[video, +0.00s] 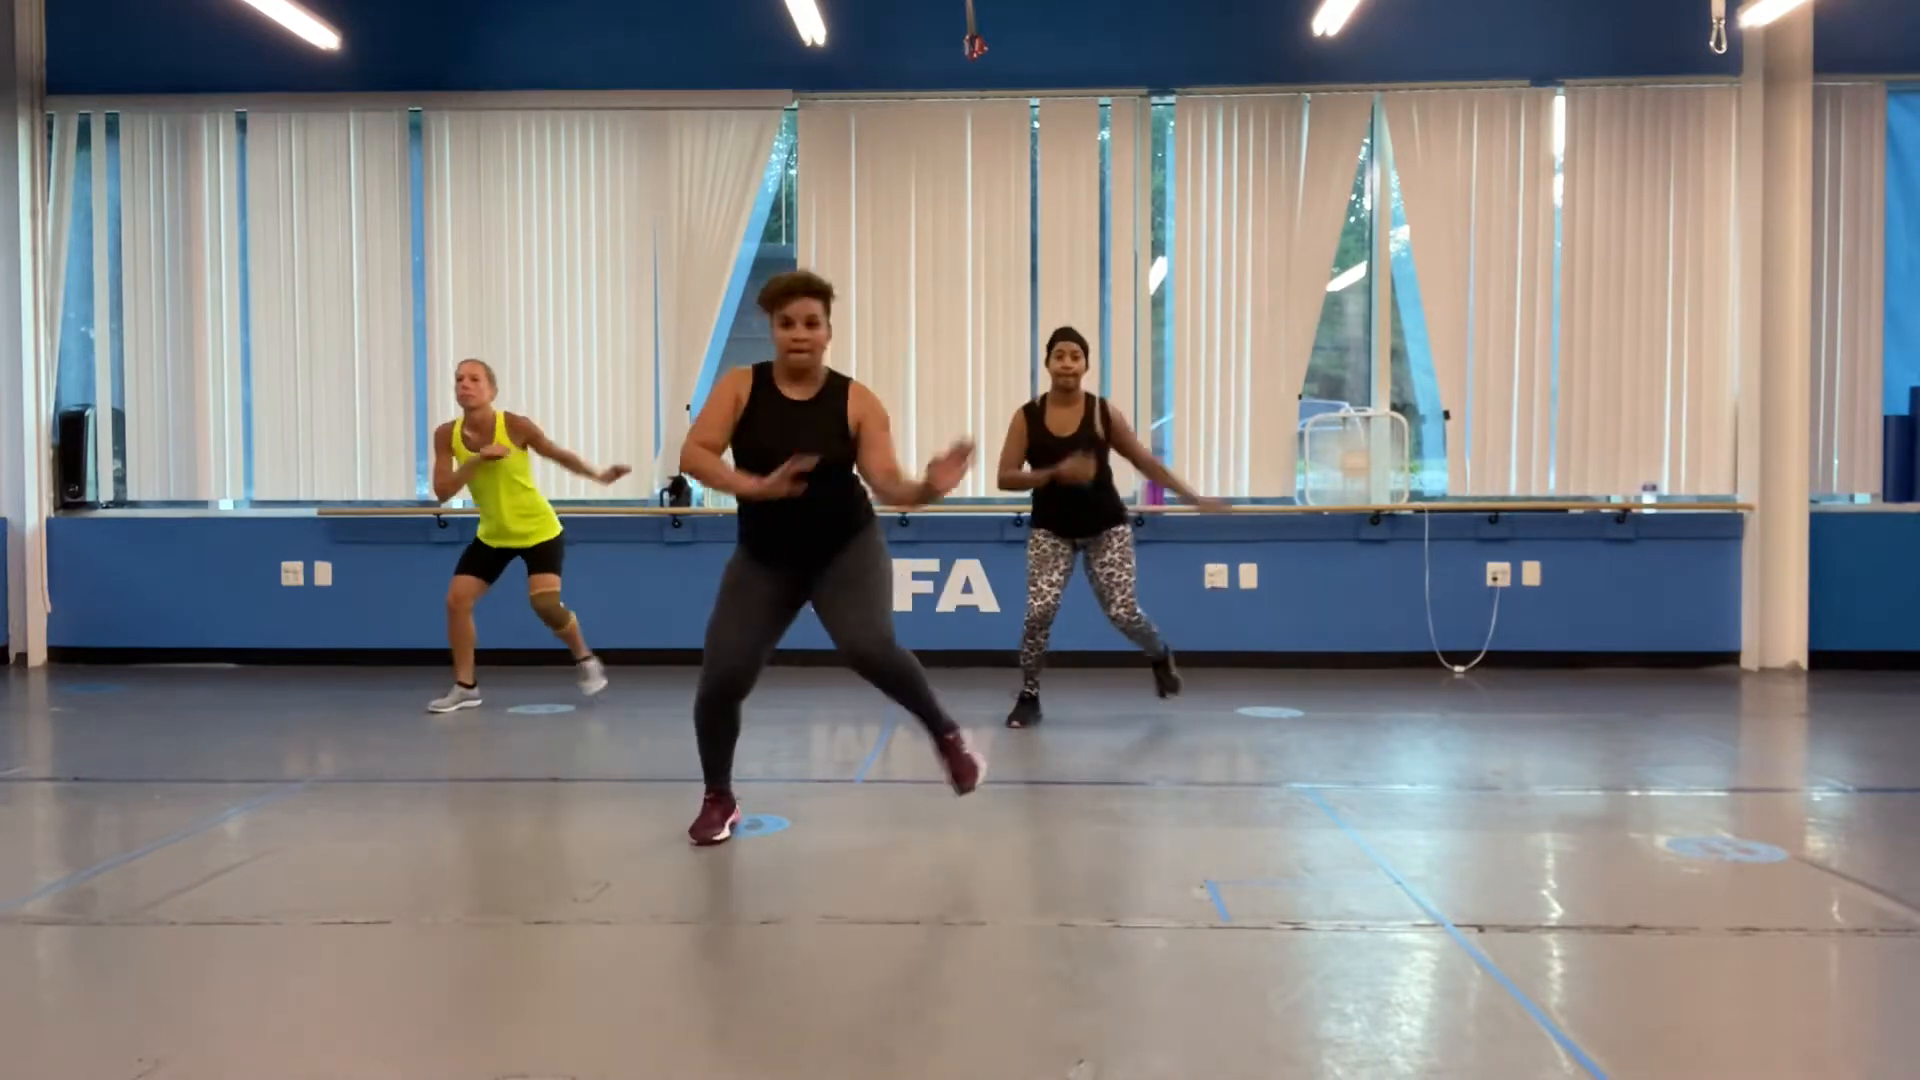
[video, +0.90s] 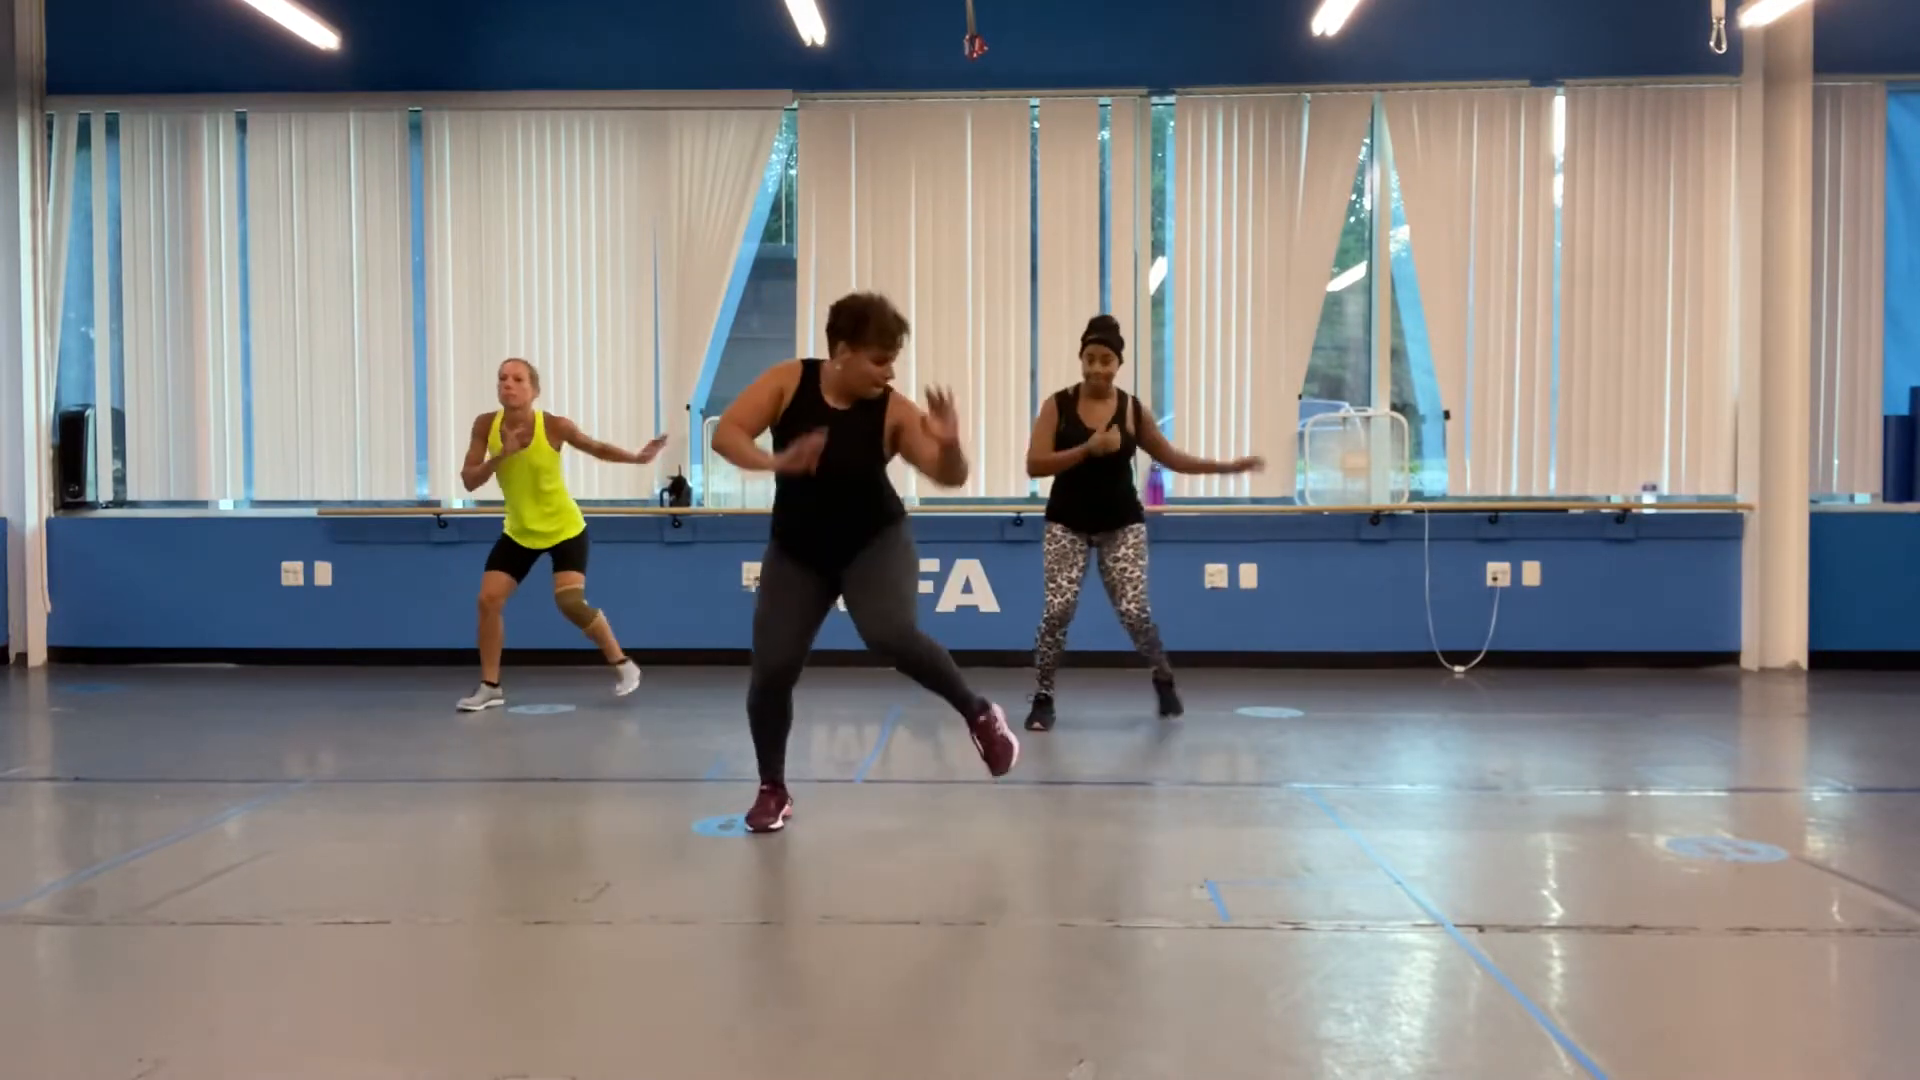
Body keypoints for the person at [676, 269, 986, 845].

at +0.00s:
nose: (801, 334)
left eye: (812, 323)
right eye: (789, 323)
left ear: (829, 331)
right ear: (771, 329)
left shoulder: (857, 402)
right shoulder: (740, 387)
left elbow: (889, 487)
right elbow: (694, 456)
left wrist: (927, 488)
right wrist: (755, 485)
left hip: (846, 548)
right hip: (766, 554)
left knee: (867, 649)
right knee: (720, 682)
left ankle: (946, 735)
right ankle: (717, 798)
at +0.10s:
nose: (803, 331)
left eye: (815, 319)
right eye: (791, 321)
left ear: (833, 325)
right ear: (775, 327)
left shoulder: (863, 394)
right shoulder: (745, 384)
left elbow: (864, 487)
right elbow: (677, 432)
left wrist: (878, 495)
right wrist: (677, 492)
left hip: (849, 552)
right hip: (765, 555)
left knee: (877, 669)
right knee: (727, 683)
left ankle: (890, 788)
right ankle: (719, 799)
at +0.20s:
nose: (813, 321)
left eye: (824, 310)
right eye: (802, 313)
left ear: (846, 314)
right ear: (790, 321)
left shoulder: (881, 367)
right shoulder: (768, 370)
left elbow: (893, 445)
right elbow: (691, 391)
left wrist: (830, 454)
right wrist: (654, 428)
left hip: (856, 545)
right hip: (776, 543)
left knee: (906, 652)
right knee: (745, 670)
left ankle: (904, 780)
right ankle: (718, 794)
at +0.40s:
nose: (846, 334)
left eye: (858, 323)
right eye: (835, 326)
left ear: (882, 328)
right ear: (825, 336)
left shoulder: (917, 374)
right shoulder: (810, 397)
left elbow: (933, 424)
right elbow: (749, 439)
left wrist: (847, 435)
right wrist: (688, 422)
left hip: (909, 549)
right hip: (829, 544)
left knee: (940, 671)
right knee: (781, 644)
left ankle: (941, 793)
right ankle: (712, 733)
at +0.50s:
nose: (850, 338)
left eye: (862, 326)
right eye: (839, 329)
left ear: (884, 331)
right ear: (828, 338)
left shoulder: (920, 379)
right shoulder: (814, 401)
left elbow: (961, 428)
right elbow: (783, 478)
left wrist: (882, 439)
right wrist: (720, 454)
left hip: (918, 552)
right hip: (838, 552)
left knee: (941, 676)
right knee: (799, 655)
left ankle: (941, 793)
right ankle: (769, 752)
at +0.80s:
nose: (886, 362)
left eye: (890, 350)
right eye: (876, 350)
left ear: (888, 346)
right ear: (838, 342)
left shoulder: (890, 387)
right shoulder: (786, 371)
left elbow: (976, 409)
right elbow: (737, 435)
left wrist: (949, 388)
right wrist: (787, 411)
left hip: (889, 535)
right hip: (814, 545)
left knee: (922, 647)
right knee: (787, 665)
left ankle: (970, 759)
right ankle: (769, 786)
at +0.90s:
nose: (889, 371)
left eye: (892, 360)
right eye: (880, 360)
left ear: (891, 357)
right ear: (841, 353)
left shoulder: (894, 412)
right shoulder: (788, 382)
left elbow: (951, 477)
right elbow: (725, 436)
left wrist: (951, 444)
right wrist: (772, 463)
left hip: (874, 542)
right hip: (800, 547)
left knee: (891, 638)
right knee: (770, 673)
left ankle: (977, 713)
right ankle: (771, 789)